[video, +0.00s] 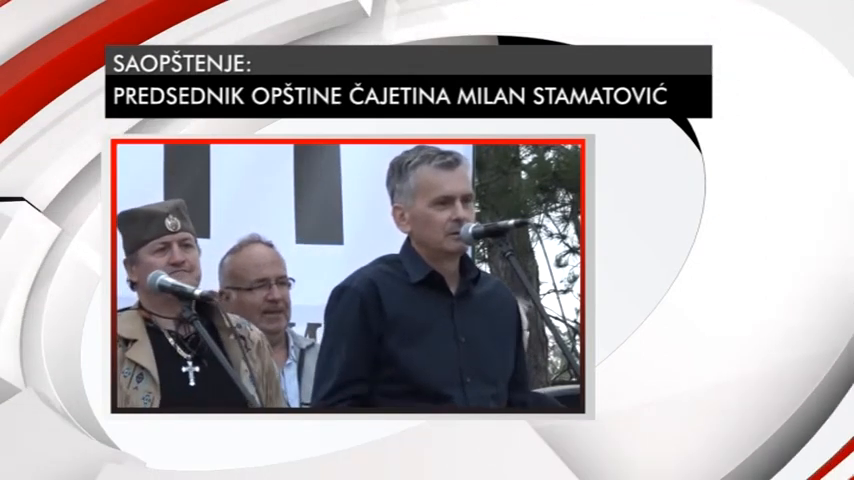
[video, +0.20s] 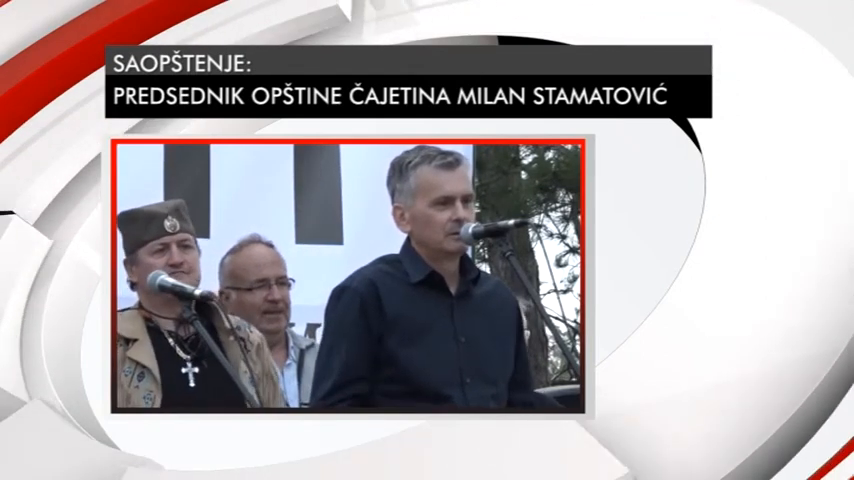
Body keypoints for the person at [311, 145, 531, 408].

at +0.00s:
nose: (460, 215)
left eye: (467, 202)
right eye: (442, 203)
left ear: (475, 208)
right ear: (401, 216)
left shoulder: (499, 300)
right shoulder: (362, 296)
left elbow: (517, 404)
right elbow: (332, 411)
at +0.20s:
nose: (461, 215)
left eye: (467, 202)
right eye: (443, 204)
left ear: (474, 206)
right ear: (402, 217)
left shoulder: (500, 300)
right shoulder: (362, 296)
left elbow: (520, 405)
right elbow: (332, 412)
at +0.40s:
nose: (461, 215)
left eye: (467, 202)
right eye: (443, 204)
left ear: (475, 207)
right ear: (402, 217)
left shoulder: (500, 300)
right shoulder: (361, 296)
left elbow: (521, 405)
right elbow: (332, 413)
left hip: (495, 462)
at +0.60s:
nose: (460, 216)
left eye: (467, 202)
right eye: (442, 204)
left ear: (475, 207)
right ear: (401, 217)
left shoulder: (499, 300)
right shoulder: (360, 296)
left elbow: (520, 406)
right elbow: (330, 412)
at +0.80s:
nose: (461, 216)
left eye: (467, 202)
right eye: (443, 204)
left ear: (475, 206)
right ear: (402, 216)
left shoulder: (498, 300)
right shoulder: (360, 296)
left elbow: (519, 405)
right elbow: (328, 410)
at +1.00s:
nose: (462, 214)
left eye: (467, 201)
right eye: (444, 202)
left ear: (475, 206)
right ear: (402, 215)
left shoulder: (499, 301)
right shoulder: (360, 296)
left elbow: (520, 405)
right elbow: (328, 408)